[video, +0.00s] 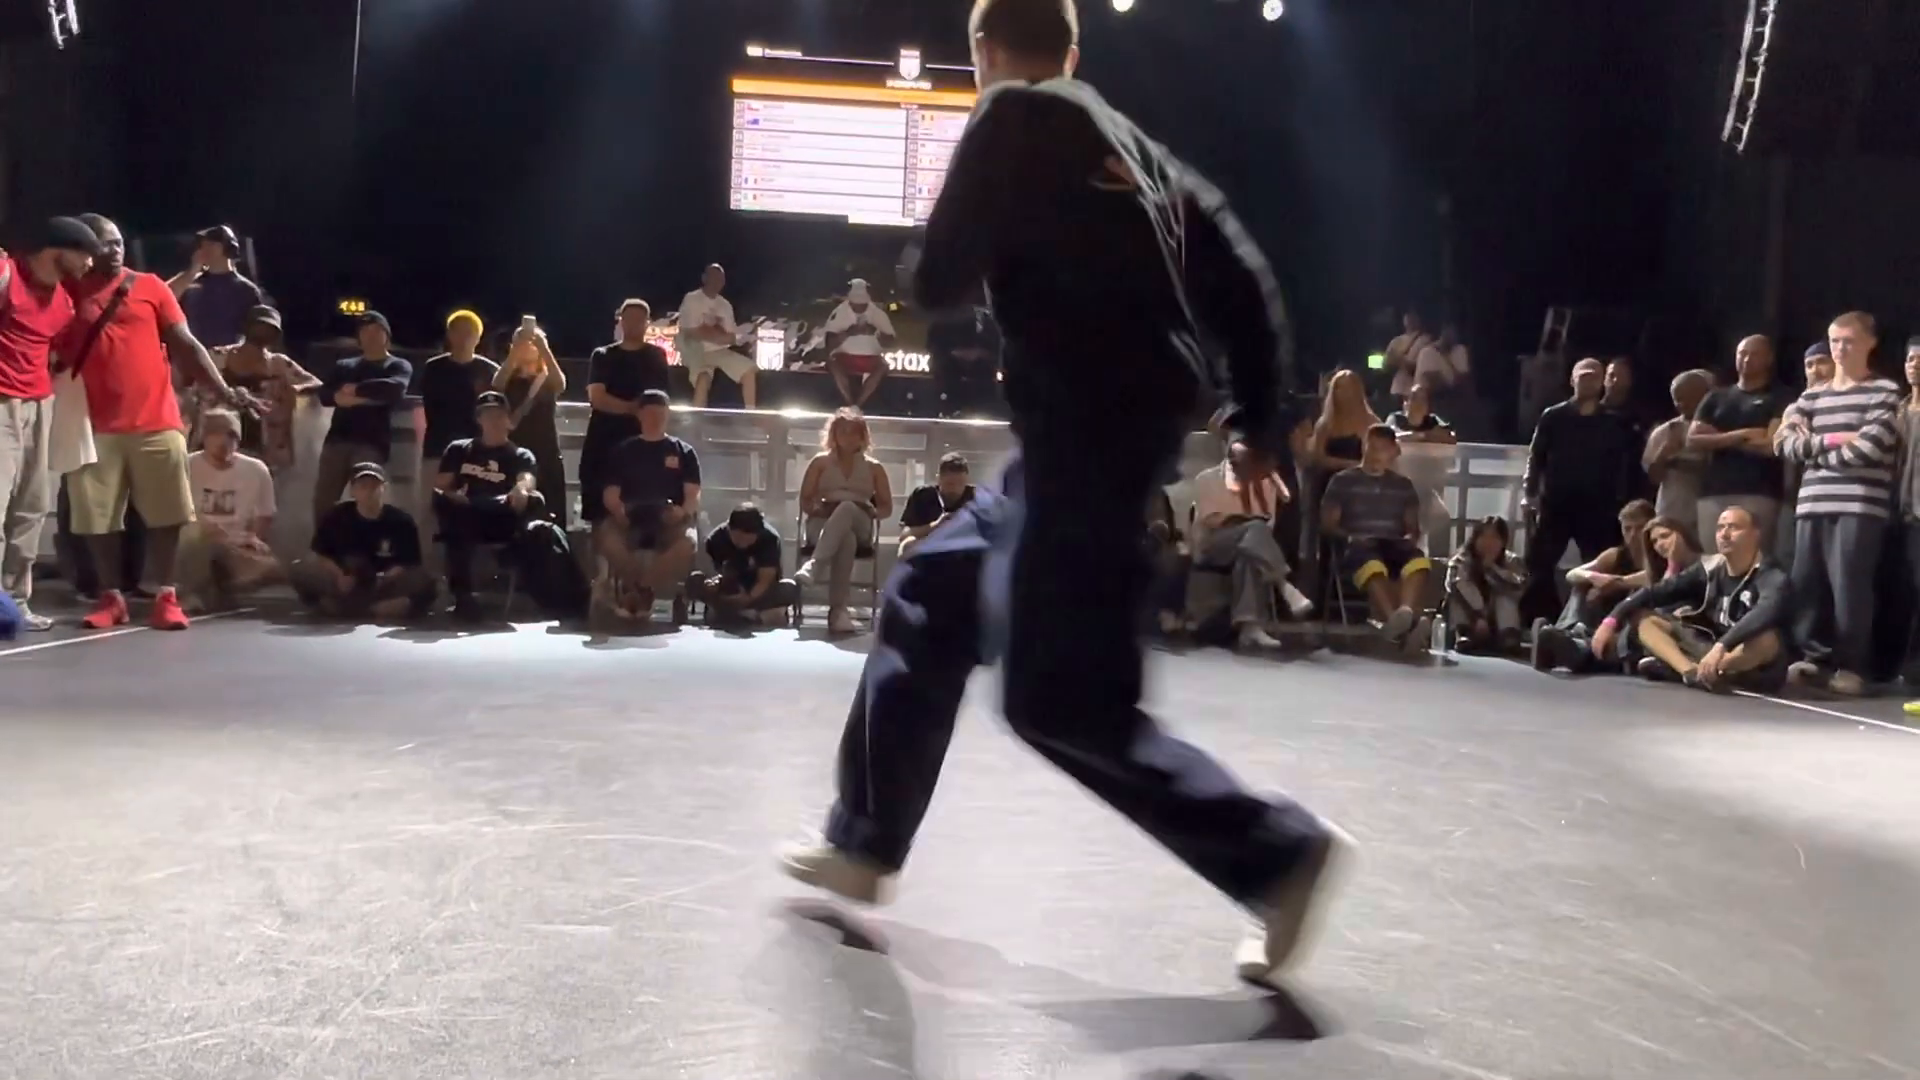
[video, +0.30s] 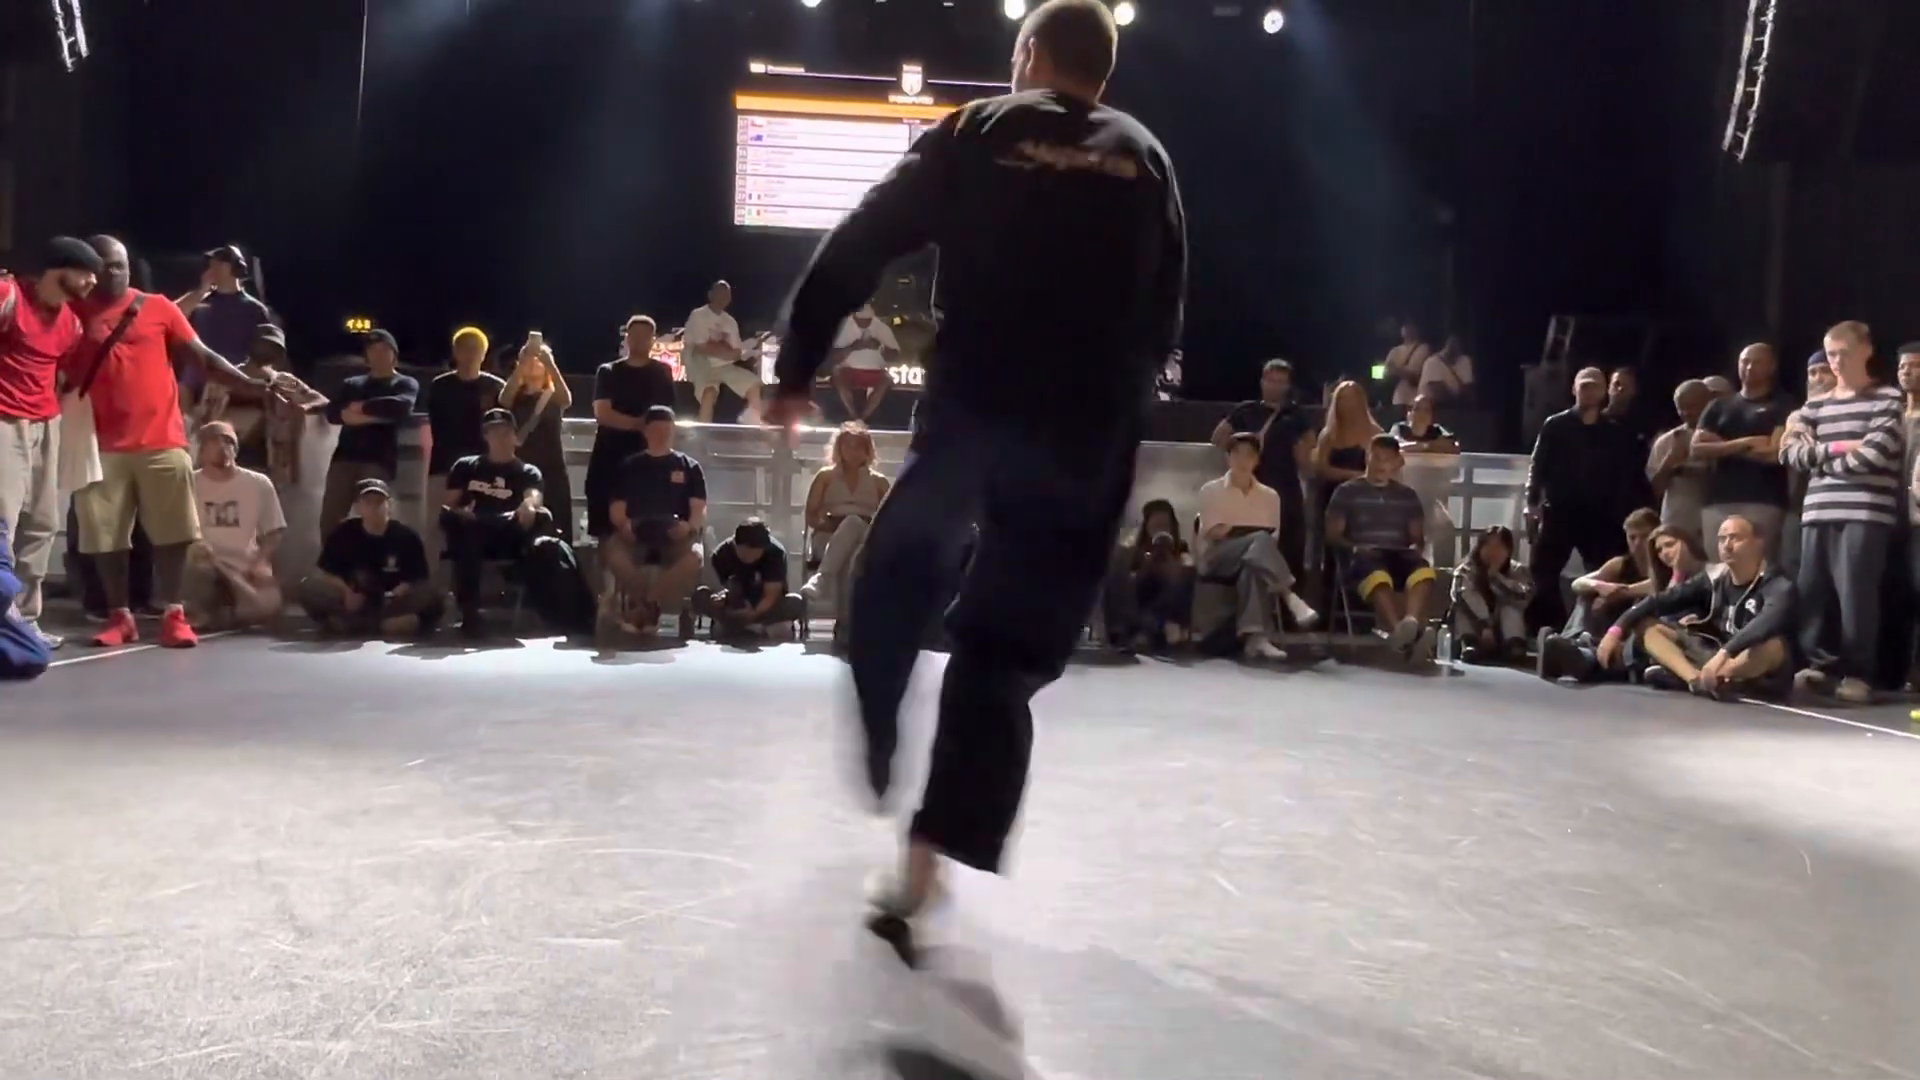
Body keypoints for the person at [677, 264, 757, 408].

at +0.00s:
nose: (717, 282)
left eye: (720, 278)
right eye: (713, 277)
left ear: (723, 282)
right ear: (704, 278)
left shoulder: (725, 305)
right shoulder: (691, 299)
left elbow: (732, 336)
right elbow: (689, 332)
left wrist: (712, 330)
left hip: (720, 350)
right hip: (697, 350)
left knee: (748, 371)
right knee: (703, 379)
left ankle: (751, 416)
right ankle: (696, 420)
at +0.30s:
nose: (724, 297)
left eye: (727, 294)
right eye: (720, 293)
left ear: (730, 298)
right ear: (711, 295)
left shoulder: (730, 321)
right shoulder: (698, 315)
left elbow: (737, 353)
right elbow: (700, 347)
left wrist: (713, 346)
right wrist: (727, 349)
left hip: (725, 366)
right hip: (703, 365)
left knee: (754, 386)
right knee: (709, 394)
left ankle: (754, 427)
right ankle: (703, 434)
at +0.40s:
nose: (726, 304)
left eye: (728, 299)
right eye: (722, 300)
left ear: (729, 300)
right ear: (714, 300)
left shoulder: (730, 315)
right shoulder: (699, 315)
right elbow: (698, 345)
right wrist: (714, 355)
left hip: (724, 361)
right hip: (700, 360)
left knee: (752, 389)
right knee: (710, 393)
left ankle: (755, 431)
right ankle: (702, 434)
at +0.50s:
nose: (724, 298)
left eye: (727, 295)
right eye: (720, 294)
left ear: (730, 299)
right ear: (711, 296)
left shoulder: (730, 323)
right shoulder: (698, 316)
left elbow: (737, 349)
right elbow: (698, 347)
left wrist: (755, 344)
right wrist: (728, 352)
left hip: (726, 366)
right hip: (702, 365)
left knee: (752, 383)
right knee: (710, 393)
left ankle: (756, 431)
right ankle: (703, 434)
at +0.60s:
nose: (725, 298)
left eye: (727, 295)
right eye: (721, 293)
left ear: (730, 300)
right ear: (711, 296)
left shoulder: (731, 323)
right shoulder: (698, 316)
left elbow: (737, 356)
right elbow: (699, 348)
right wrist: (725, 347)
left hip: (725, 367)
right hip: (702, 366)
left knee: (754, 386)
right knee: (710, 394)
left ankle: (756, 432)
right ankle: (704, 437)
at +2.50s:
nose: (744, 287)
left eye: (747, 284)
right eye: (740, 283)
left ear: (751, 288)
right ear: (732, 284)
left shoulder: (752, 312)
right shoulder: (718, 305)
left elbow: (758, 345)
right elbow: (718, 338)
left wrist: (730, 338)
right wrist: (745, 336)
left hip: (746, 356)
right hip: (723, 355)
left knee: (775, 374)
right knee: (732, 383)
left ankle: (776, 419)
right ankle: (725, 425)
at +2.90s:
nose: (749, 284)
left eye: (752, 280)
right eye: (745, 279)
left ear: (756, 285)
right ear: (737, 282)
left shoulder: (757, 309)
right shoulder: (723, 302)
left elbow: (763, 342)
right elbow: (720, 335)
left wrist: (735, 337)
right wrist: (749, 333)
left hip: (751, 353)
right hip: (728, 353)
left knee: (779, 372)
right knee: (736, 380)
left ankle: (779, 417)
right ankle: (729, 422)